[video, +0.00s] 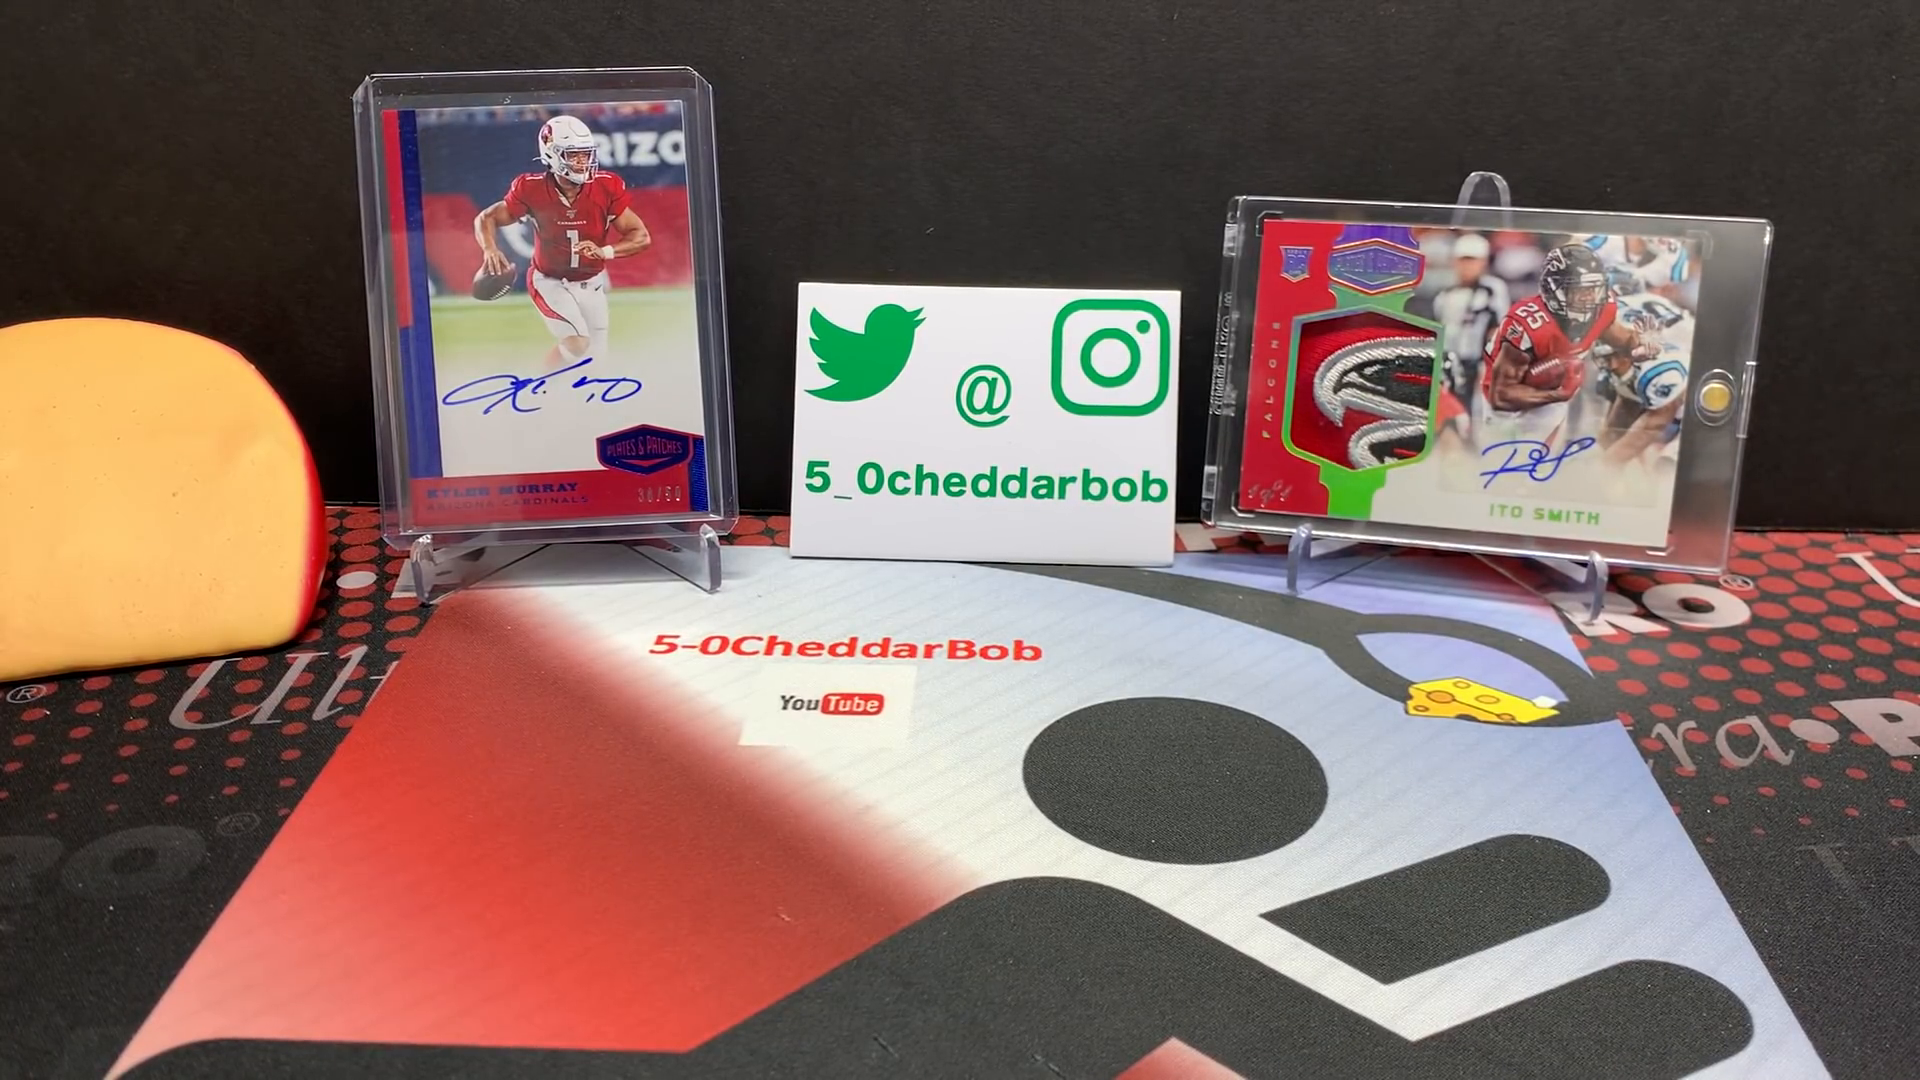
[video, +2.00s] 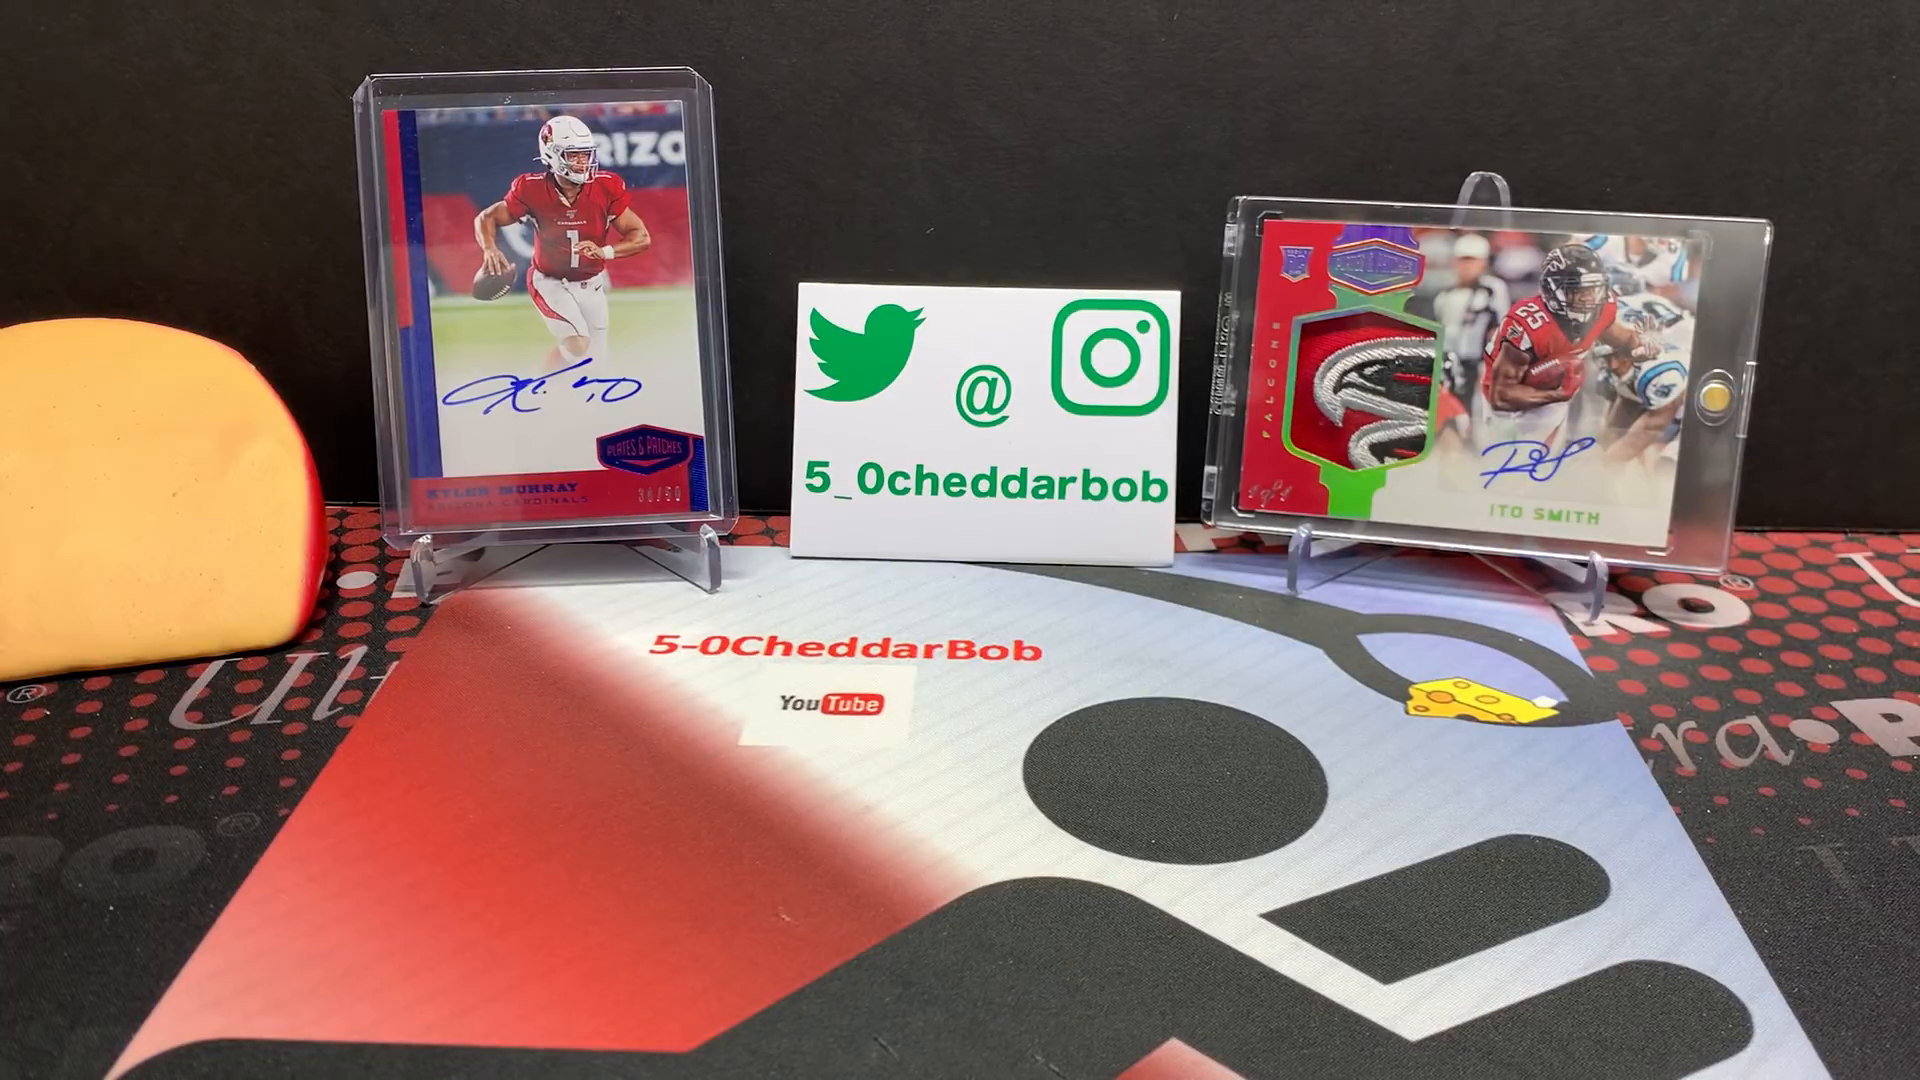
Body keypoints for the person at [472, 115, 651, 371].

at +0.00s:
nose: (581, 162)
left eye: (585, 155)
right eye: (572, 156)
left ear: (592, 154)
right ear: (552, 155)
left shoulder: (607, 187)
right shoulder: (530, 189)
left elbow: (641, 237)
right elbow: (484, 219)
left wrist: (605, 252)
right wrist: (490, 249)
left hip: (591, 282)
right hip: (548, 280)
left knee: (596, 361)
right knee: (576, 343)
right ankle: (533, 392)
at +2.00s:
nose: (580, 162)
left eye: (585, 155)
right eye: (573, 156)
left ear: (592, 154)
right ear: (552, 155)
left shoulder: (607, 187)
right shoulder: (530, 189)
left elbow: (641, 238)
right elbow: (485, 219)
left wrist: (605, 252)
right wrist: (489, 248)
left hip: (591, 283)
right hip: (549, 280)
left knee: (596, 362)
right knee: (577, 344)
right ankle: (533, 390)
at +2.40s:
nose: (580, 162)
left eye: (585, 155)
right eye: (573, 156)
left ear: (591, 154)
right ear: (552, 155)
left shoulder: (606, 187)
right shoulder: (530, 189)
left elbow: (641, 238)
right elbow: (484, 219)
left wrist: (605, 252)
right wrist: (490, 248)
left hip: (591, 283)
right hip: (549, 280)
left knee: (596, 362)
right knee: (577, 344)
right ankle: (534, 391)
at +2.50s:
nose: (580, 162)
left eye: (585, 155)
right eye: (573, 156)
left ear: (592, 154)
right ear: (552, 155)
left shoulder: (606, 187)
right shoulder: (530, 189)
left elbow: (641, 238)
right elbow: (484, 219)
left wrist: (605, 252)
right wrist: (489, 248)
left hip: (591, 283)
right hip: (549, 280)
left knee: (596, 362)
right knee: (577, 344)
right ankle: (534, 391)